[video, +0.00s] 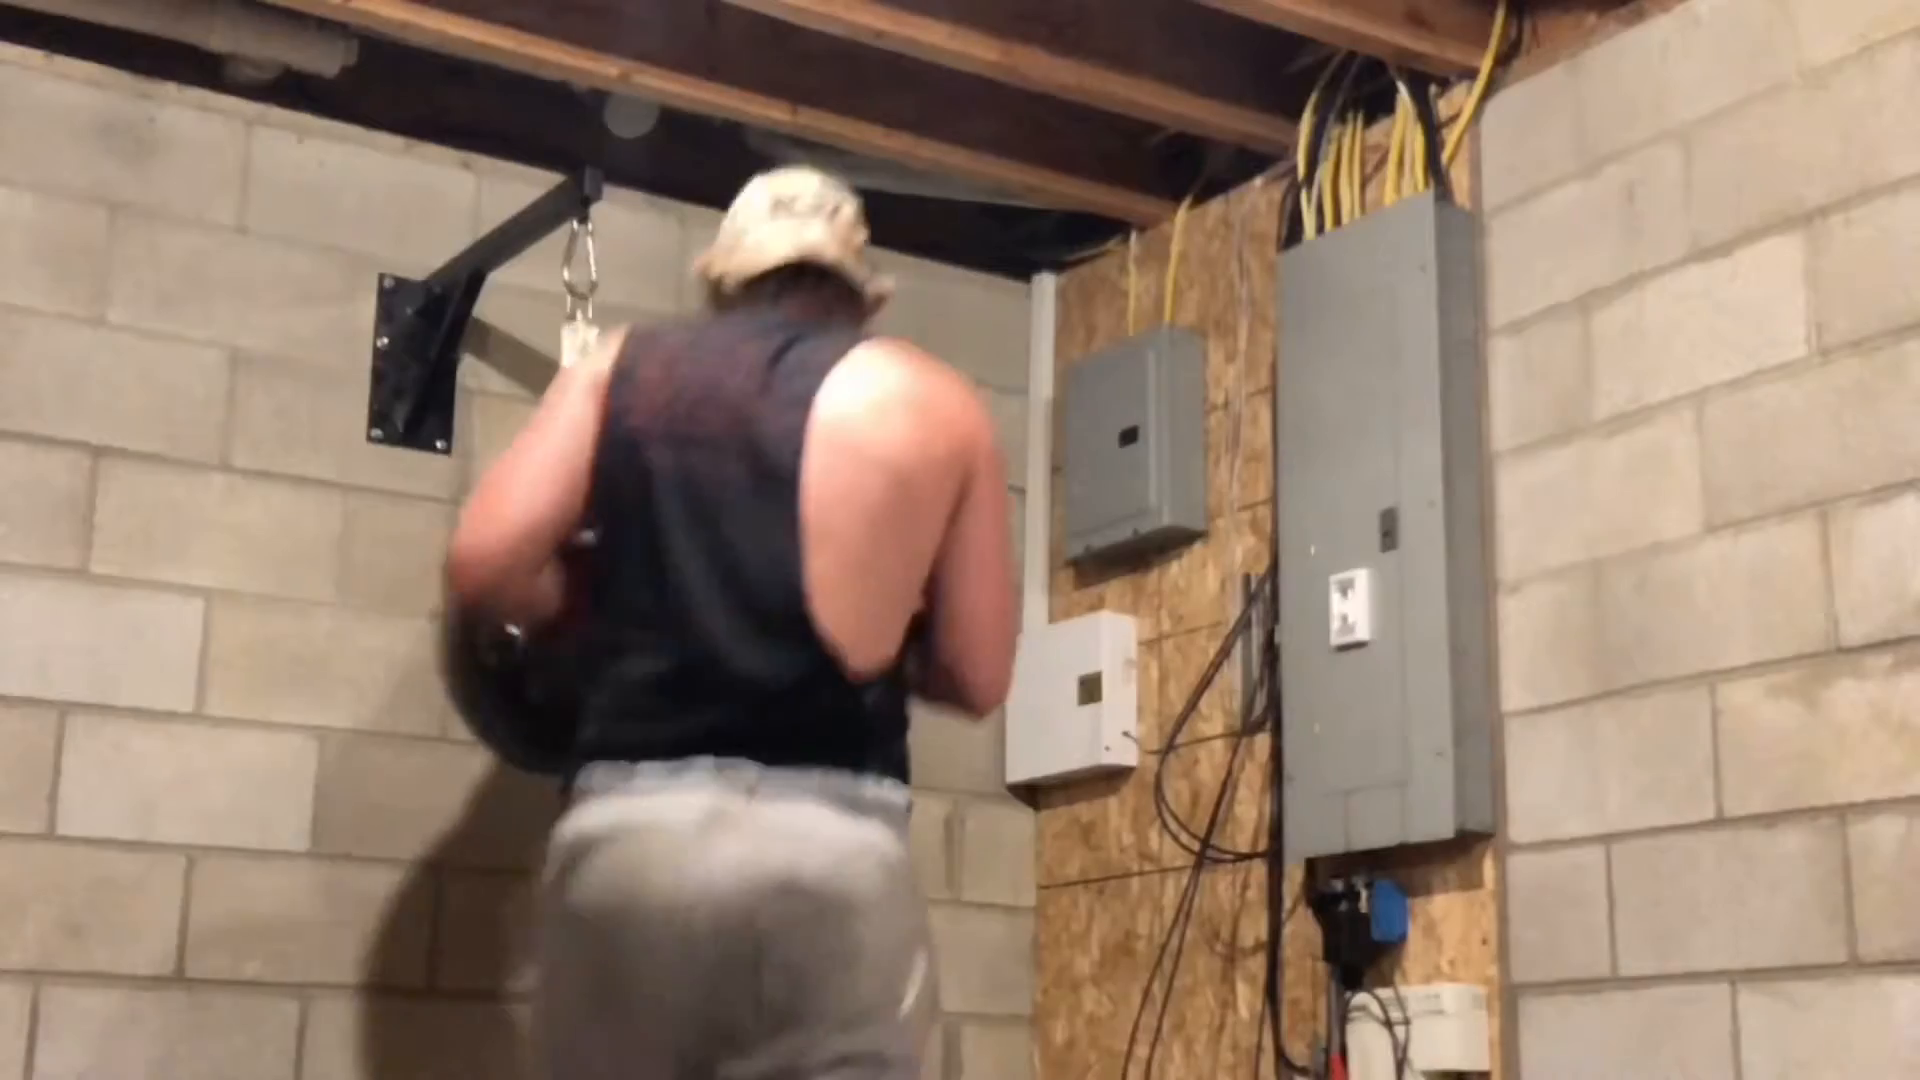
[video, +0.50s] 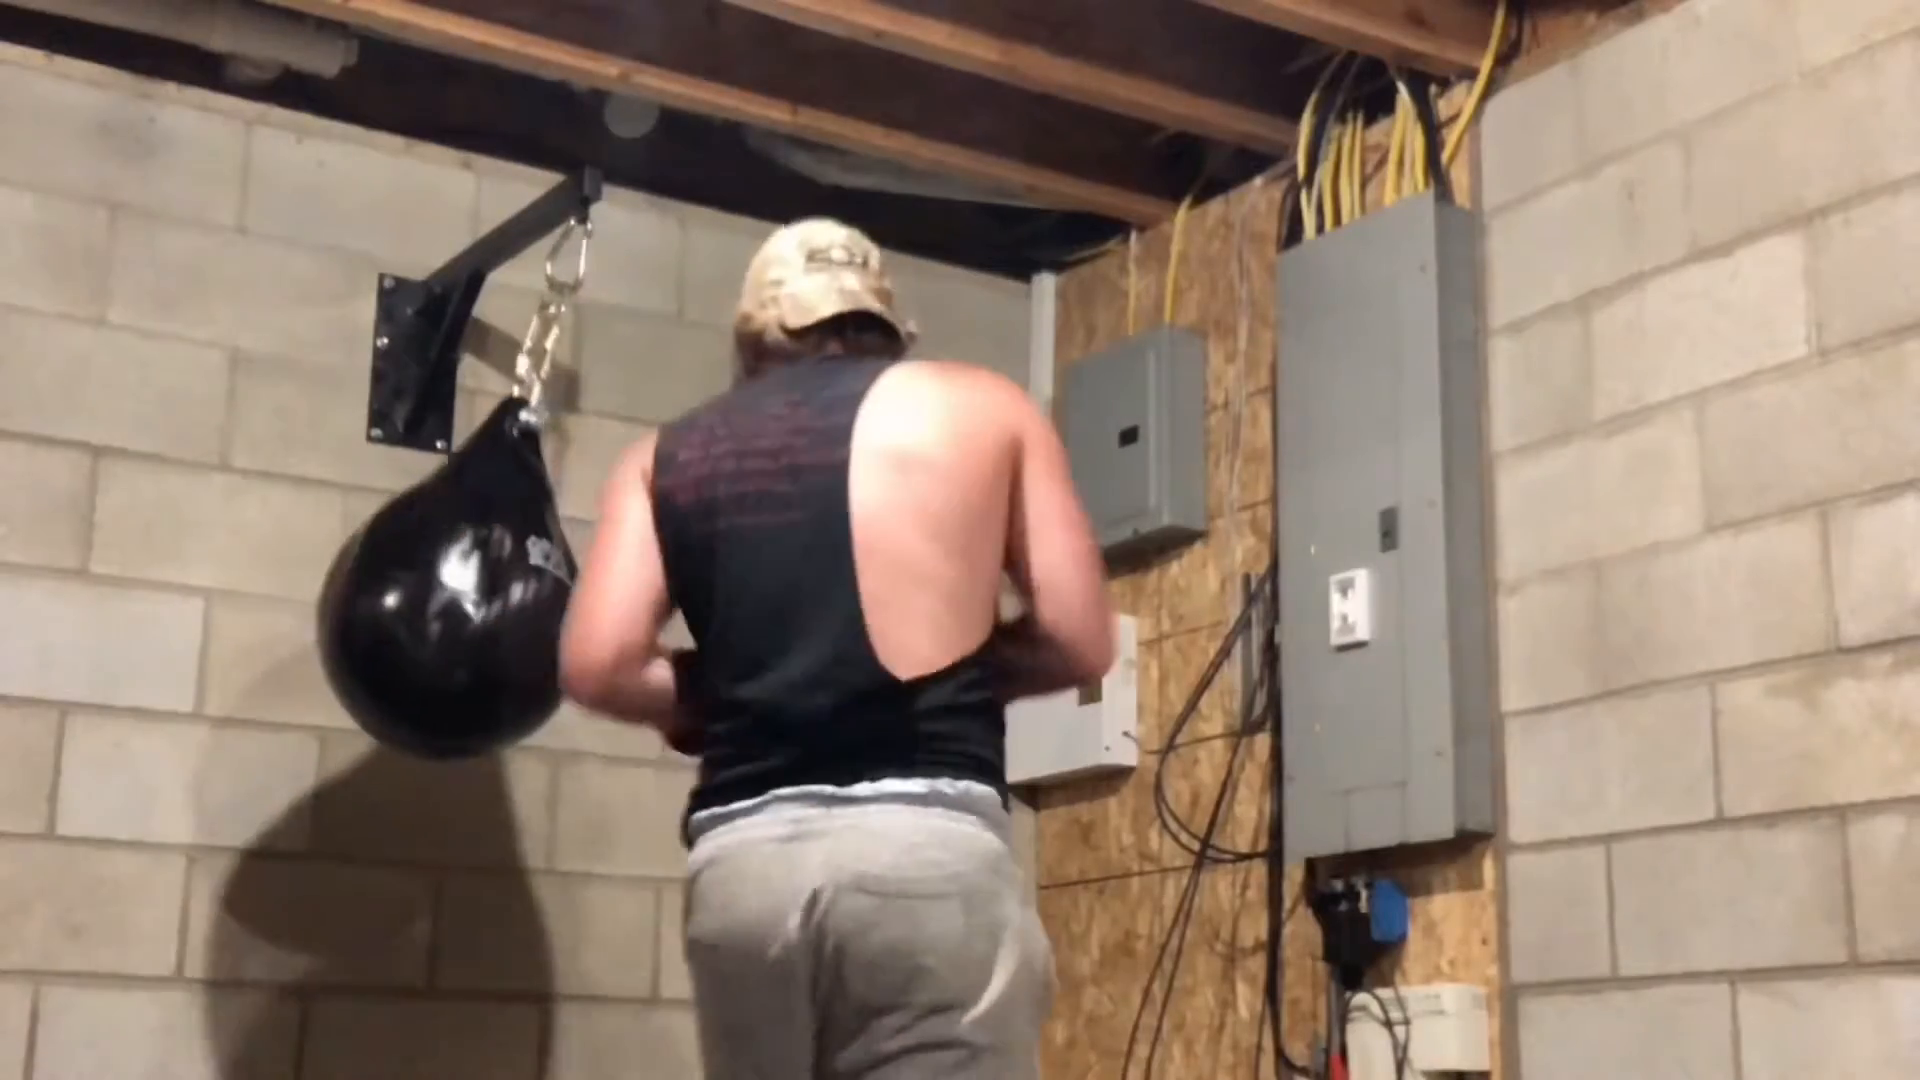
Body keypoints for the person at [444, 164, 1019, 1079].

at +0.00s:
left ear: (720, 277)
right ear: (862, 289)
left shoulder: (615, 366)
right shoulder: (942, 404)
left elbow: (485, 559)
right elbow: (976, 678)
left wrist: (606, 600)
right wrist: (863, 615)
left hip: (630, 830)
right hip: (841, 842)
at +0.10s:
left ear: (751, 251)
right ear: (887, 263)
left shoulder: (649, 327)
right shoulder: (972, 382)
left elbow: (505, 510)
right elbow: (999, 652)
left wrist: (636, 547)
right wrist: (870, 597)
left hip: (644, 803)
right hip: (856, 816)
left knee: (617, 1064)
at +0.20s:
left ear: (766, 271)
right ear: (905, 284)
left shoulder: (666, 350)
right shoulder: (988, 409)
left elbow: (507, 515)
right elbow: (1020, 680)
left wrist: (639, 566)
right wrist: (889, 622)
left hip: (671, 826)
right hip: (882, 834)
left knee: (658, 1064)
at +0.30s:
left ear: (772, 310)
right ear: (911, 323)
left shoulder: (671, 396)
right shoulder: (996, 442)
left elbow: (533, 575)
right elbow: (1031, 720)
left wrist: (661, 636)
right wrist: (889, 677)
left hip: (695, 873)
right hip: (903, 874)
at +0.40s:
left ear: (764, 321)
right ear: (906, 323)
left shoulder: (666, 427)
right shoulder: (998, 432)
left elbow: (588, 628)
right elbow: (1046, 696)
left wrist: (682, 689)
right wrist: (905, 700)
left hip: (723, 874)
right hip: (926, 867)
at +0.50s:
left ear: (754, 333)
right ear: (888, 319)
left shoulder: (663, 455)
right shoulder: (992, 405)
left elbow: (596, 667)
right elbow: (1079, 647)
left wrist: (714, 698)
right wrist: (945, 670)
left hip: (743, 865)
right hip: (936, 853)